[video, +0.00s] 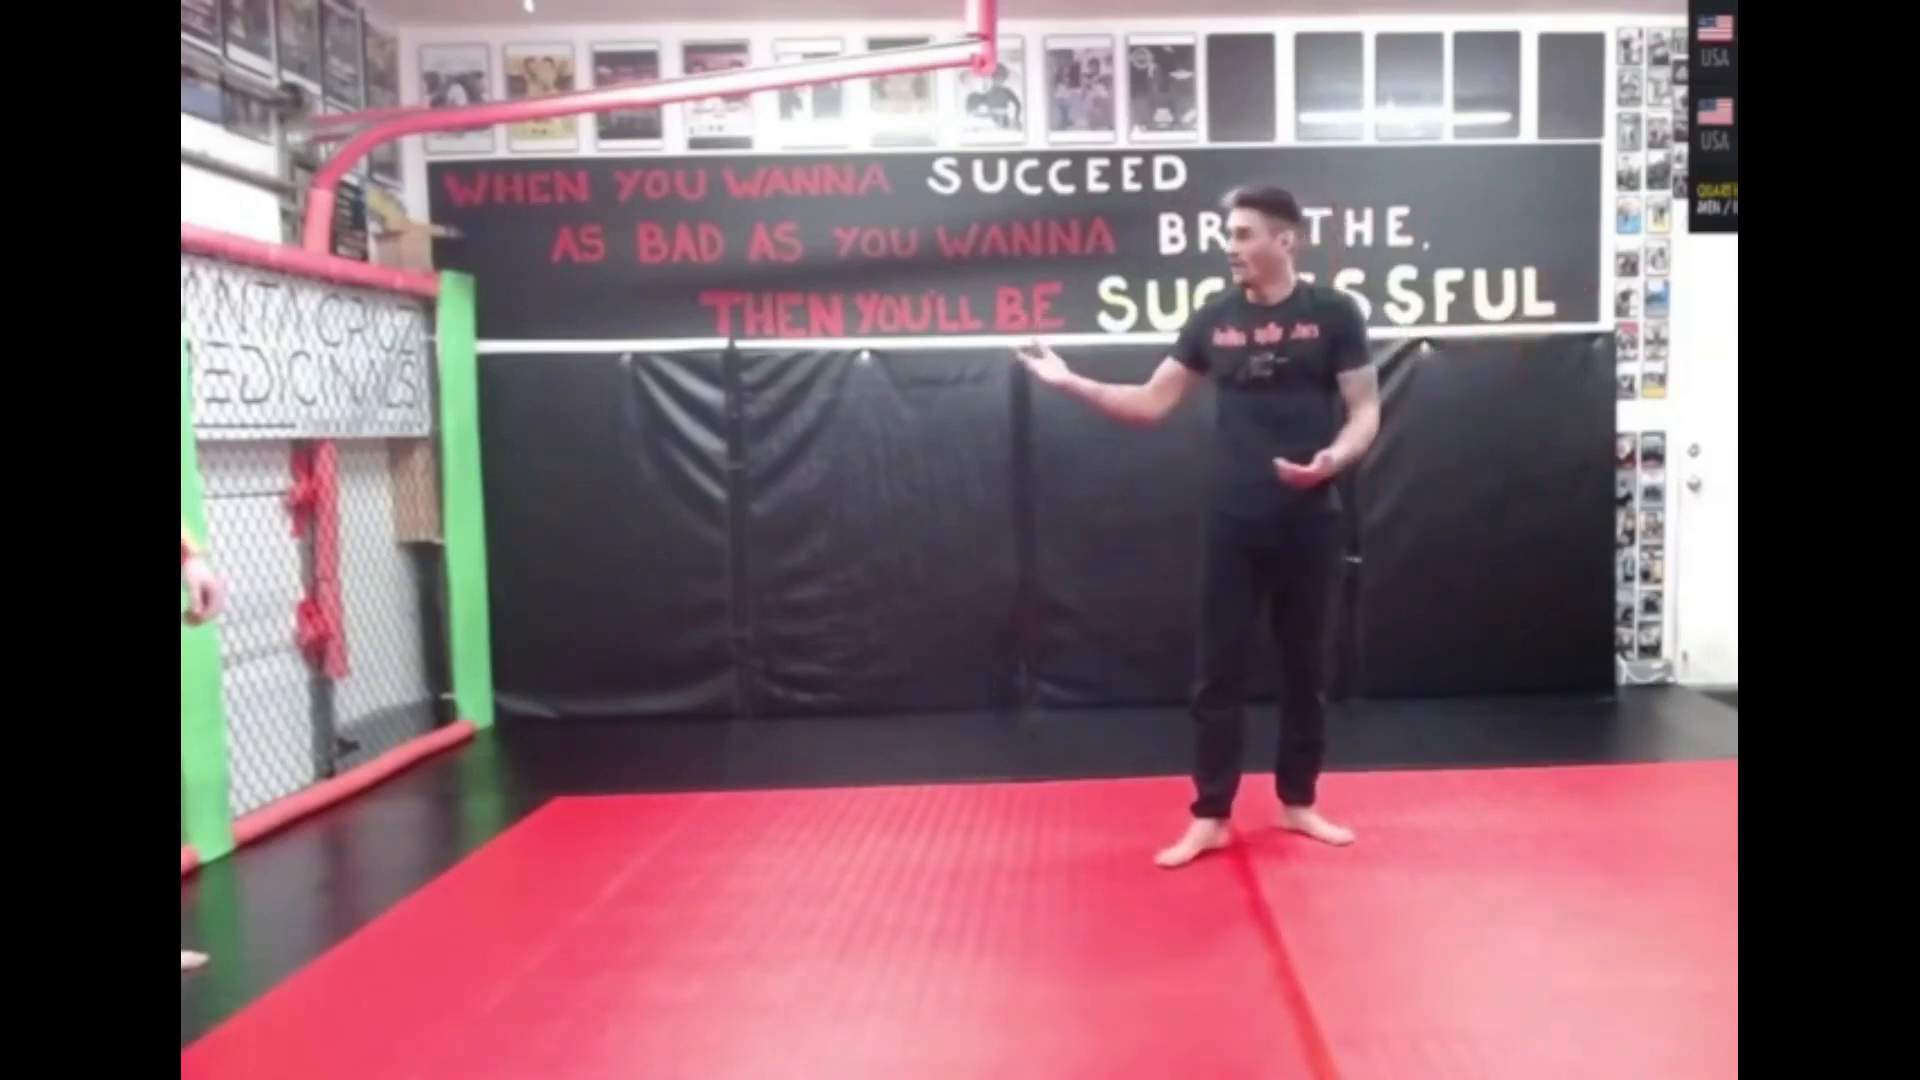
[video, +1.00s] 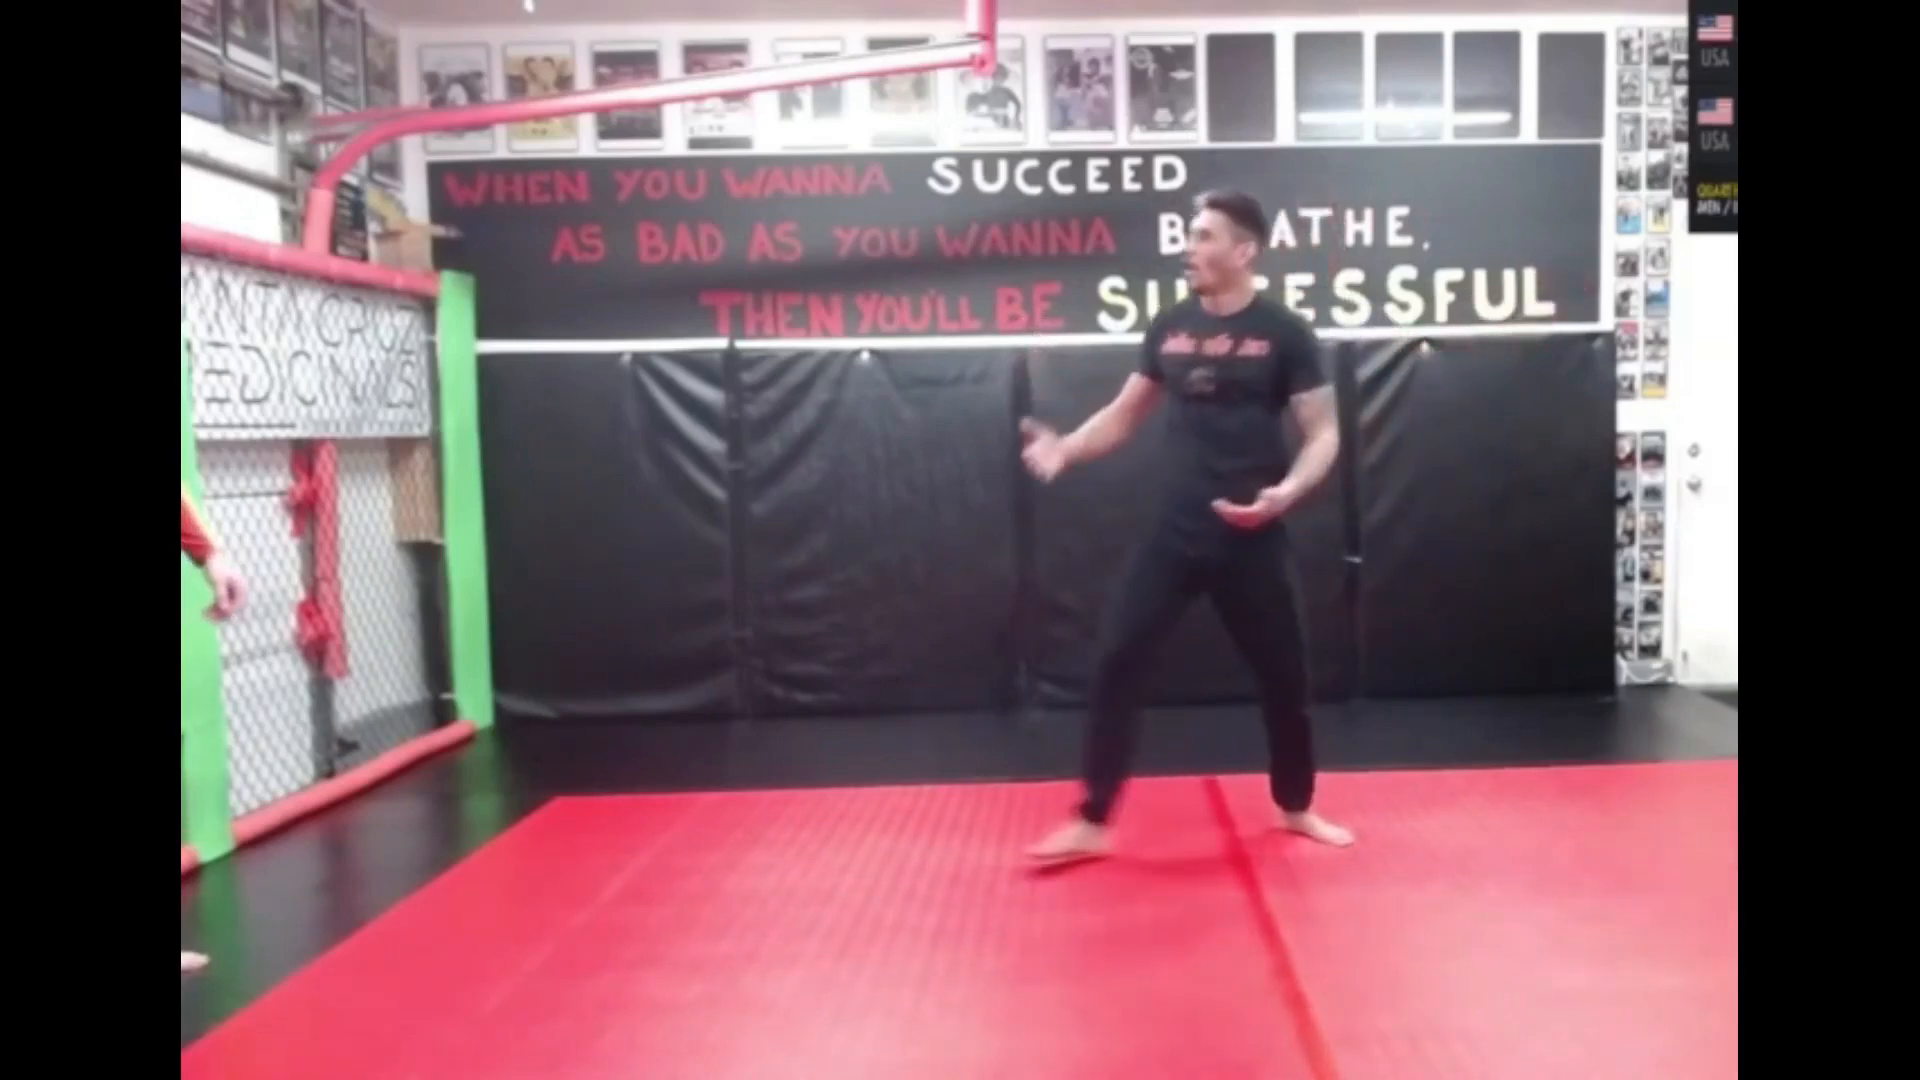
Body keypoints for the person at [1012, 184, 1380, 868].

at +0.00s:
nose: (1235, 247)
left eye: (1246, 235)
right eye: (1231, 236)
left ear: (1287, 241)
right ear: (1231, 243)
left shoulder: (1334, 314)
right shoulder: (1215, 318)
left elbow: (1365, 412)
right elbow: (1151, 402)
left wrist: (1334, 456)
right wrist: (1066, 380)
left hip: (1310, 514)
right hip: (1234, 513)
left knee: (1308, 663)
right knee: (1219, 665)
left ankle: (1299, 802)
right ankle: (1211, 817)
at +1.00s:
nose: (1191, 248)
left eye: (1207, 237)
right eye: (1191, 236)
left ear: (1248, 250)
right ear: (1195, 247)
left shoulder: (1286, 332)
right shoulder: (1171, 328)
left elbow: (1324, 436)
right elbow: (1123, 413)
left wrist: (1285, 492)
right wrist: (1067, 447)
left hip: (1252, 530)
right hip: (1175, 525)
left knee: (1283, 672)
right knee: (1118, 655)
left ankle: (1296, 807)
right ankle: (1092, 819)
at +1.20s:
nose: (1084, 261)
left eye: (1102, 252)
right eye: (1086, 250)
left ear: (1145, 271)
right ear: (1086, 271)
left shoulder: (1180, 353)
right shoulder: (1078, 362)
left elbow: (1251, 443)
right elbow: (1042, 434)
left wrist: (1200, 512)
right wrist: (973, 479)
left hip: (1175, 553)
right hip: (1099, 554)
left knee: (1235, 678)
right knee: (1032, 679)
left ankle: (1290, 807)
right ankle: (961, 837)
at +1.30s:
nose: (970, 295)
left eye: (987, 280)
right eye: (968, 282)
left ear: (1037, 295)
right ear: (974, 297)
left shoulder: (1082, 371)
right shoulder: (994, 383)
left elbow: (1147, 467)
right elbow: (983, 469)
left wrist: (1116, 551)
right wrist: (916, 531)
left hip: (1104, 555)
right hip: (1033, 560)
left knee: (1175, 691)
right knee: (970, 685)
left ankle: (1264, 802)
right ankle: (943, 850)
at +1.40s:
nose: (873, 353)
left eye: (880, 337)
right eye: (869, 338)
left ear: (929, 328)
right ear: (913, 337)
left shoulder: (1008, 387)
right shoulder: (932, 404)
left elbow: (1055, 497)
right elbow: (945, 496)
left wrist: (1026, 613)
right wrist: (916, 588)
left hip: (1070, 541)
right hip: (1003, 543)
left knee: (1119, 695)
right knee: (945, 675)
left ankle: (1202, 831)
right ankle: (938, 847)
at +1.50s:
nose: (833, 368)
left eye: (840, 352)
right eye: (831, 353)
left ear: (887, 343)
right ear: (880, 348)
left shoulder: (975, 391)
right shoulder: (909, 406)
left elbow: (1017, 507)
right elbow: (931, 502)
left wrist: (988, 619)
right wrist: (923, 605)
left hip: (1050, 541)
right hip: (979, 539)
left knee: (1099, 697)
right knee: (939, 677)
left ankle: (1175, 843)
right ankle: (939, 847)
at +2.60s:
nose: (1168, 222)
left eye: (1166, 209)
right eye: (1153, 211)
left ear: (1147, 225)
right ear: (1103, 226)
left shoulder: (1158, 311)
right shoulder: (1051, 314)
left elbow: (1185, 419)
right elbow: (999, 431)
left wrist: (1221, 523)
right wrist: (996, 551)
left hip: (1137, 532)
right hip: (1060, 533)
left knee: (1153, 691)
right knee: (1007, 686)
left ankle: (1143, 859)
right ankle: (945, 833)